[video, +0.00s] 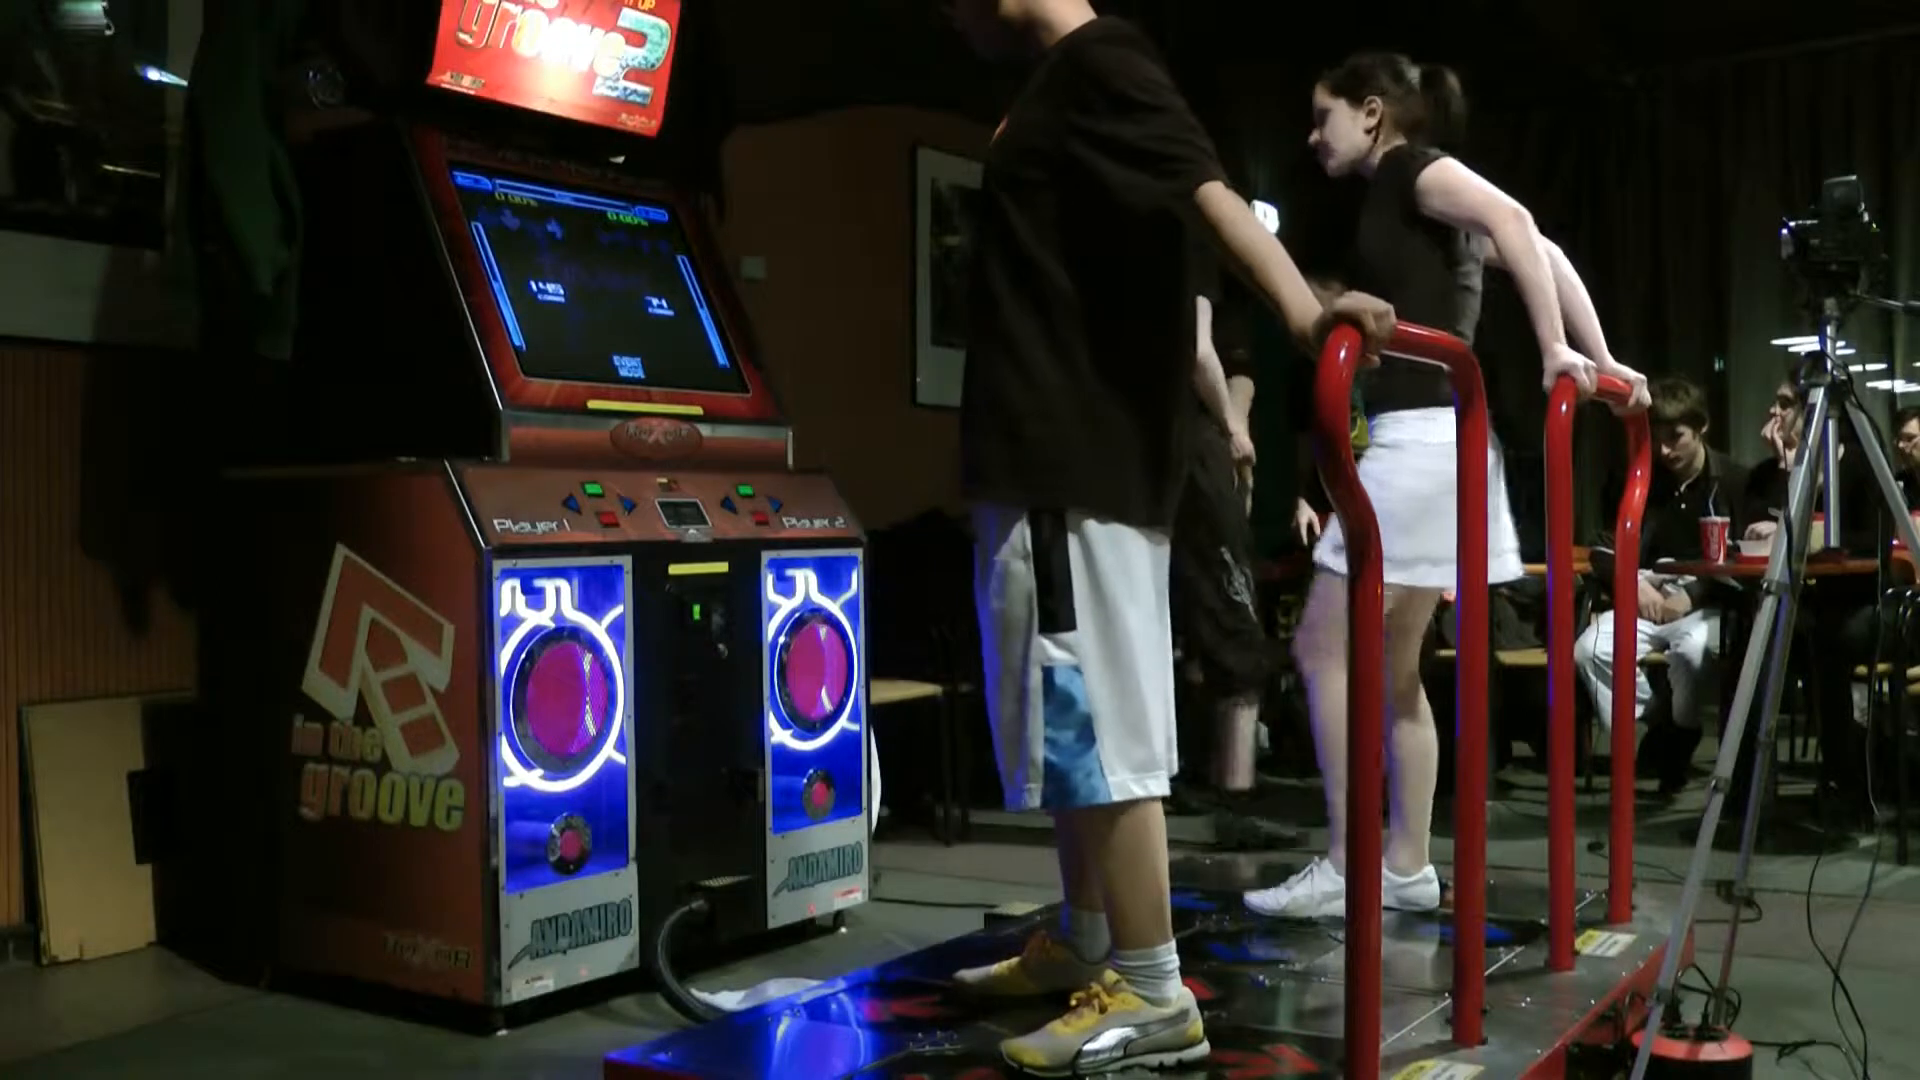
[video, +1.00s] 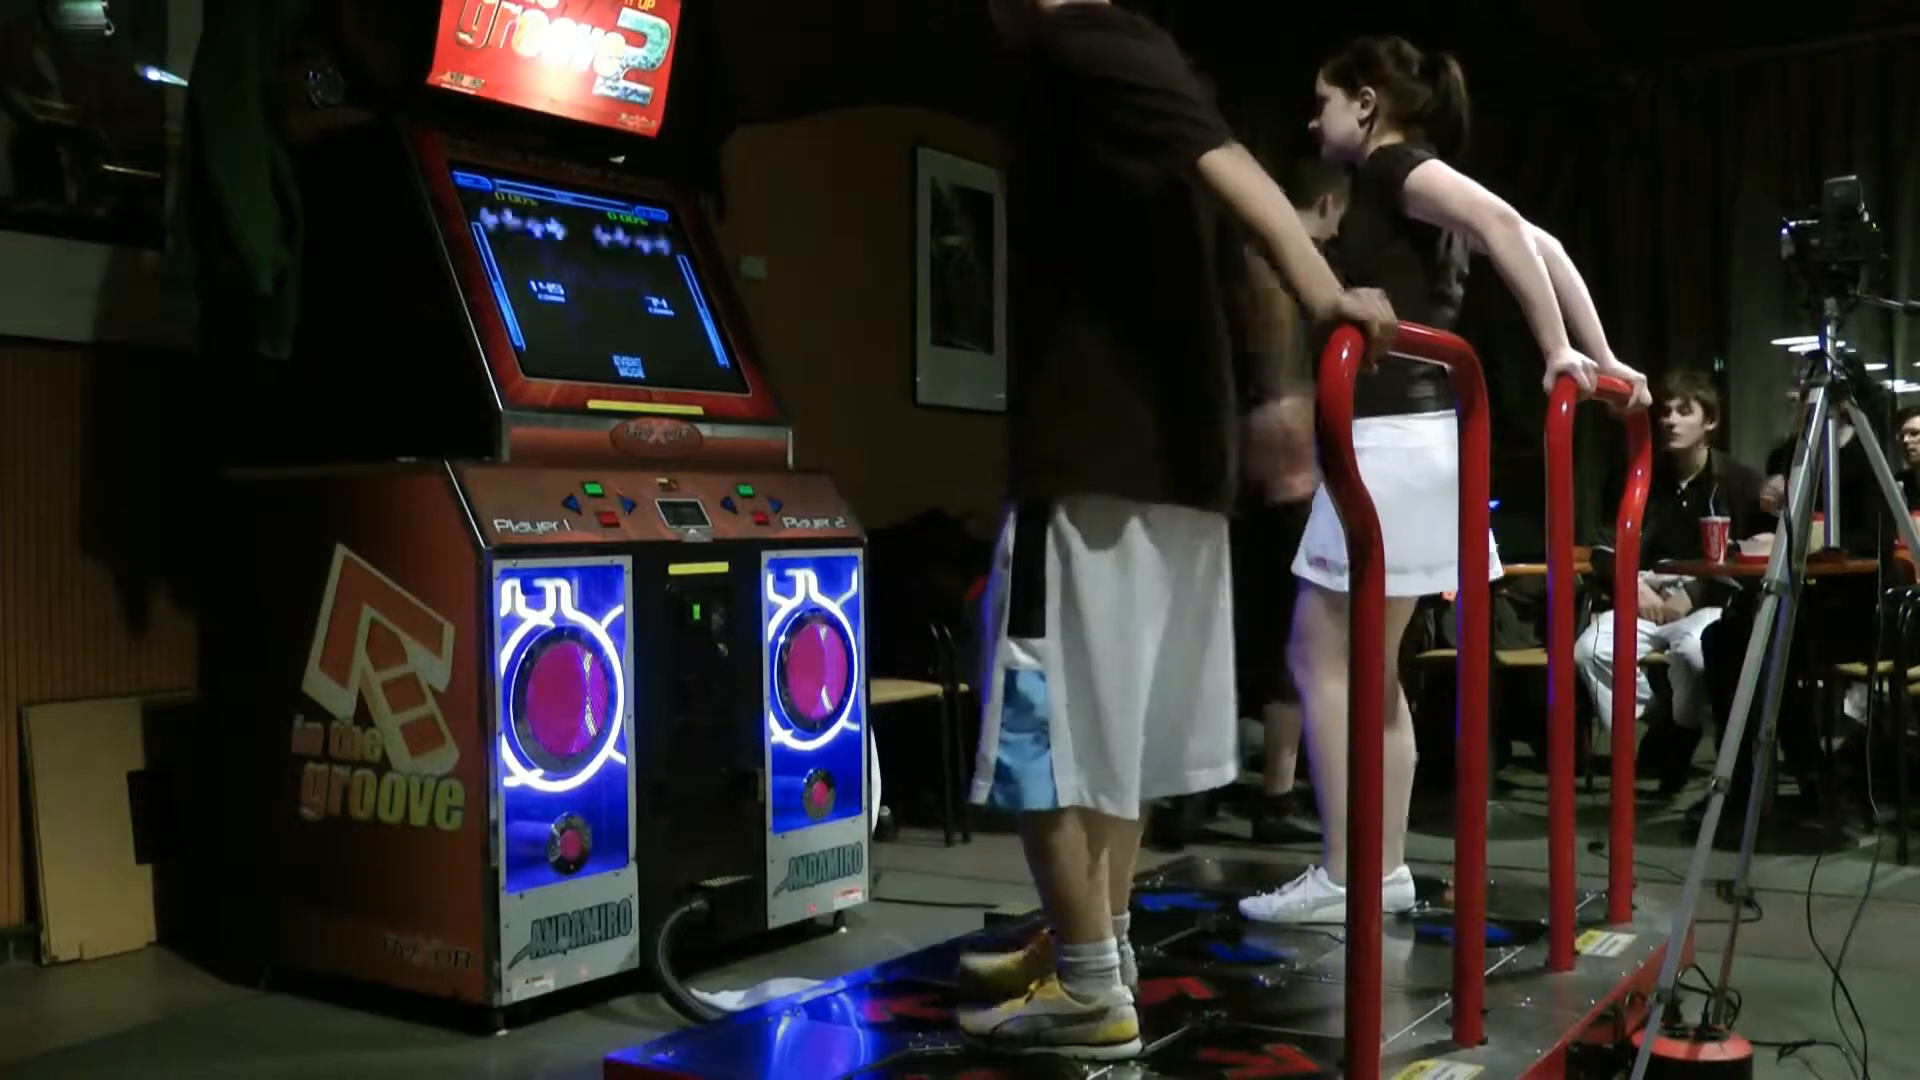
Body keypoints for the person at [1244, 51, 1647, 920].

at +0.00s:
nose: (1315, 134)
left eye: (1326, 116)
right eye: (1315, 119)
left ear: (1375, 112)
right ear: (1383, 115)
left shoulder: (1409, 170)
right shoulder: (1415, 184)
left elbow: (1511, 223)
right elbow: (1548, 252)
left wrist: (1555, 353)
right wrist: (1602, 357)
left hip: (1406, 448)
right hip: (1435, 449)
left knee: (1324, 653)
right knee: (1398, 676)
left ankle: (1344, 860)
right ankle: (1408, 867)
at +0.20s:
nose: (1316, 124)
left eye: (1328, 107)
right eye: (1319, 109)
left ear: (1374, 109)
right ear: (1391, 113)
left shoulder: (1394, 172)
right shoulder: (1425, 185)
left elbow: (1506, 225)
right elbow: (1545, 252)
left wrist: (1554, 351)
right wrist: (1602, 358)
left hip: (1387, 451)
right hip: (1418, 452)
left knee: (1321, 659)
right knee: (1365, 669)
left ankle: (1342, 874)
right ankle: (1405, 866)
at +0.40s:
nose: (1310, 112)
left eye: (1322, 96)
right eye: (1314, 97)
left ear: (1369, 99)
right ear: (1382, 102)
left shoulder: (1393, 169)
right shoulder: (1406, 172)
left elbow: (1504, 228)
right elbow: (1546, 237)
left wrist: (1557, 352)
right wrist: (1605, 354)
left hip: (1382, 439)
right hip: (1396, 438)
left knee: (1329, 654)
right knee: (1346, 656)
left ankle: (1345, 874)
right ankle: (1396, 857)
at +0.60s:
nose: (1309, 118)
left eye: (1320, 102)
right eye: (1313, 103)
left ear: (1365, 105)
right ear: (1384, 108)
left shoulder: (1381, 172)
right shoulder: (1411, 177)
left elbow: (1501, 230)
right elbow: (1547, 244)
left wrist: (1558, 353)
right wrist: (1603, 357)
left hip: (1378, 448)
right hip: (1419, 448)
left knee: (1322, 659)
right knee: (1365, 669)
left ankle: (1344, 875)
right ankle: (1385, 874)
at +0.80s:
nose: (1316, 116)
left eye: (1326, 99)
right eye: (1318, 101)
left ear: (1370, 101)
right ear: (1391, 105)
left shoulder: (1388, 169)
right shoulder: (1418, 174)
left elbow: (1504, 229)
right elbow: (1546, 247)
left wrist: (1557, 353)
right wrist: (1602, 357)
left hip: (1384, 445)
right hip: (1429, 446)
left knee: (1313, 655)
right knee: (1382, 675)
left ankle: (1340, 868)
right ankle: (1387, 874)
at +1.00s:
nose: (1317, 121)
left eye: (1326, 104)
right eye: (1317, 106)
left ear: (1369, 102)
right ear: (1393, 106)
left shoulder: (1388, 169)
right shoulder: (1419, 177)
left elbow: (1504, 229)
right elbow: (1547, 249)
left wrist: (1557, 351)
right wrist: (1603, 357)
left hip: (1381, 447)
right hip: (1426, 448)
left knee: (1321, 662)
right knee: (1376, 674)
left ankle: (1340, 875)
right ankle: (1387, 875)